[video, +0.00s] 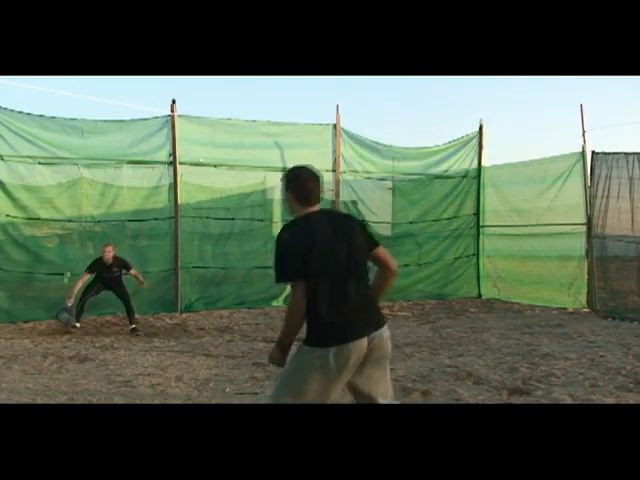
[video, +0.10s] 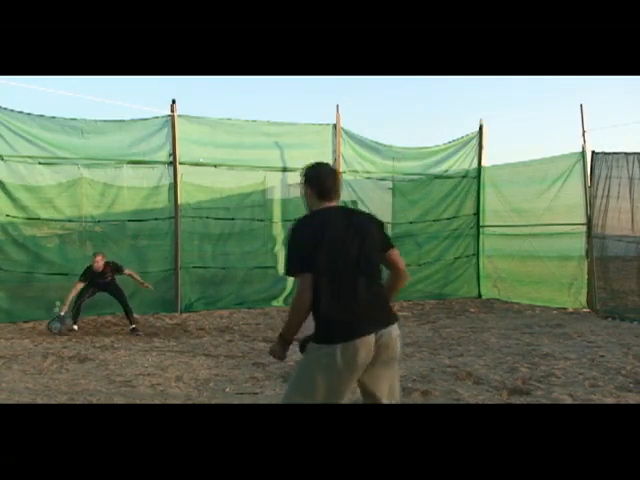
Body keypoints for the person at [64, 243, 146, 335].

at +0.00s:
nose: (107, 255)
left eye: (109, 252)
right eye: (105, 252)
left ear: (113, 253)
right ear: (102, 253)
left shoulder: (120, 262)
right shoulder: (97, 263)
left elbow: (133, 272)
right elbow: (82, 279)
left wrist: (141, 281)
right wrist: (72, 297)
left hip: (116, 283)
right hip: (99, 283)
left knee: (127, 301)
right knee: (83, 298)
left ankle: (133, 326)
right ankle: (77, 322)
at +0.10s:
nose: (97, 265)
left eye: (99, 262)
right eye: (95, 262)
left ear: (104, 262)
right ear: (93, 262)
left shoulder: (112, 267)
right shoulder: (89, 271)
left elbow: (129, 273)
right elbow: (77, 288)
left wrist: (142, 283)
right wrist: (66, 305)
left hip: (110, 285)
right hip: (94, 286)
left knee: (124, 301)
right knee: (78, 301)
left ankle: (133, 325)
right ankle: (74, 325)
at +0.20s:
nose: (86, 274)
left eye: (88, 271)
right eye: (84, 271)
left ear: (94, 269)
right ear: (82, 271)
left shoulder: (102, 270)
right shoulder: (80, 277)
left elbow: (117, 272)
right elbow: (73, 293)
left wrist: (130, 280)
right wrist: (66, 305)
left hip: (102, 287)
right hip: (87, 289)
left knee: (118, 302)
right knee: (72, 302)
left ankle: (132, 325)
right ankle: (73, 326)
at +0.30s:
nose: (82, 274)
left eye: (84, 271)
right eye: (80, 271)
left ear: (89, 269)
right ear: (77, 270)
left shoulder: (96, 269)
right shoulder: (74, 277)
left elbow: (107, 271)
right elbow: (68, 291)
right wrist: (64, 303)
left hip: (96, 286)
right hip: (81, 289)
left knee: (114, 302)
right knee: (68, 303)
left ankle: (130, 324)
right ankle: (71, 325)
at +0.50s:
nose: (79, 258)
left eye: (81, 255)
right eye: (77, 255)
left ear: (85, 254)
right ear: (74, 257)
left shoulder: (93, 261)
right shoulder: (70, 268)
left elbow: (103, 268)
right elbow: (59, 285)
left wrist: (110, 277)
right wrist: (56, 302)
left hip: (95, 284)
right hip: (80, 285)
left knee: (111, 301)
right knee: (68, 301)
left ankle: (118, 319)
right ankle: (71, 325)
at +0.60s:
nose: (82, 250)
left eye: (83, 247)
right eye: (79, 248)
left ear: (87, 247)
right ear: (76, 250)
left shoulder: (96, 257)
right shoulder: (72, 262)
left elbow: (107, 266)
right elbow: (61, 277)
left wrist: (116, 280)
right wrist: (57, 294)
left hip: (98, 283)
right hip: (82, 284)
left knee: (113, 304)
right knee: (70, 301)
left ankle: (112, 318)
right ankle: (71, 325)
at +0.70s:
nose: (87, 243)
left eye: (89, 241)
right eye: (84, 241)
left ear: (93, 241)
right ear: (82, 242)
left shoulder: (102, 252)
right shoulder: (77, 256)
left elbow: (112, 264)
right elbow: (68, 269)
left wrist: (117, 276)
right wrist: (63, 285)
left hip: (101, 281)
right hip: (86, 282)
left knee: (112, 301)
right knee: (75, 301)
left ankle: (109, 320)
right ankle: (72, 325)